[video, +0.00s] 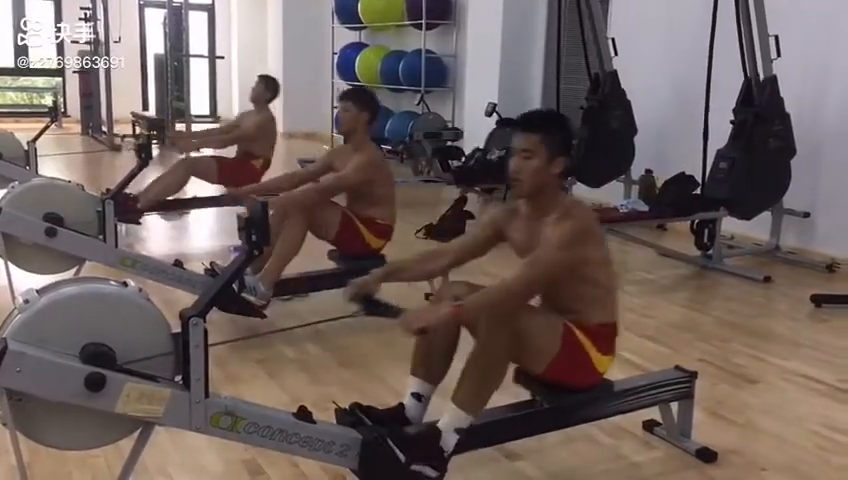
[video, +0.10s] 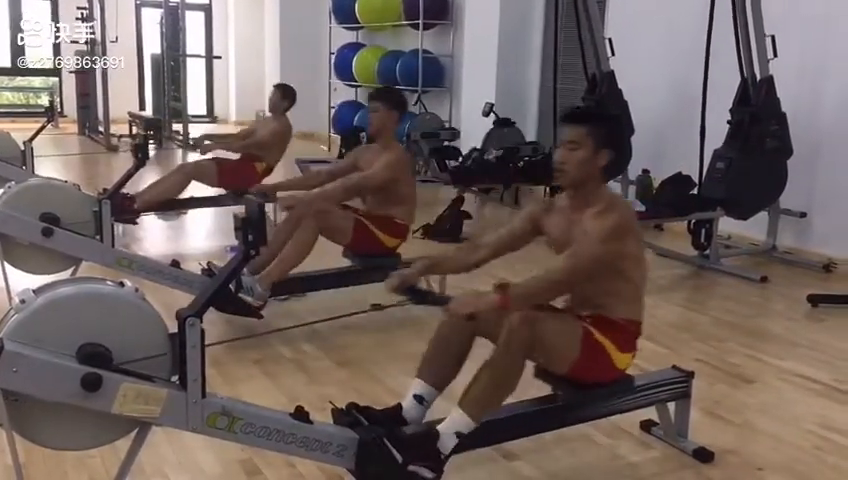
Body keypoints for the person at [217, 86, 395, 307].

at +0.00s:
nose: (338, 115)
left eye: (346, 111)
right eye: (339, 110)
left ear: (365, 117)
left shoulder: (369, 160)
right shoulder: (340, 153)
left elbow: (319, 192)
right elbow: (297, 178)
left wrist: (269, 204)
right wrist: (246, 191)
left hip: (370, 234)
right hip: (354, 225)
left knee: (302, 210)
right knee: (286, 204)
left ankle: (264, 285)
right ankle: (250, 273)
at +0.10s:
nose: (369, 117)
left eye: (376, 111)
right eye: (370, 111)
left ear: (395, 117)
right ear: (370, 114)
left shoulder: (395, 159)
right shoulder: (364, 152)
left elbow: (350, 188)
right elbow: (322, 176)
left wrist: (301, 202)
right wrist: (275, 187)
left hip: (388, 232)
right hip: (367, 221)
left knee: (314, 218)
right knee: (302, 208)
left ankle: (262, 287)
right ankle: (249, 272)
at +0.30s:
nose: (418, 134)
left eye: (425, 129)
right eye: (418, 129)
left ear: (446, 133)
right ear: (418, 131)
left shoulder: (447, 173)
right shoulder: (414, 162)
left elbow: (405, 194)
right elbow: (370, 179)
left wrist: (352, 197)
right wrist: (328, 182)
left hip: (405, 233)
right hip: (386, 220)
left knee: (330, 237)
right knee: (316, 232)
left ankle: (257, 287)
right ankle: (240, 269)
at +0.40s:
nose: (436, 146)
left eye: (442, 141)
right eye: (435, 141)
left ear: (460, 145)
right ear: (436, 142)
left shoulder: (462, 182)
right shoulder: (428, 170)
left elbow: (445, 214)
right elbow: (401, 190)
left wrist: (397, 207)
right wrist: (368, 191)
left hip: (406, 233)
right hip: (388, 218)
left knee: (334, 244)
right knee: (321, 236)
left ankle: (253, 289)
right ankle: (238, 270)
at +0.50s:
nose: (439, 153)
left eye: (446, 149)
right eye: (438, 148)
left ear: (464, 153)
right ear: (441, 150)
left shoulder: (467, 189)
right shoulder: (433, 177)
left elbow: (466, 235)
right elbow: (411, 212)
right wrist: (393, 198)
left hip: (405, 234)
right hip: (386, 220)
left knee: (331, 244)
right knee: (318, 235)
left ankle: (251, 287)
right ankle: (234, 269)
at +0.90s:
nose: (424, 140)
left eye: (430, 136)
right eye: (424, 135)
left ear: (447, 140)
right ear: (431, 137)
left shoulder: (452, 177)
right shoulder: (424, 167)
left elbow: (459, 225)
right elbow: (409, 204)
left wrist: (425, 207)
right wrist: (386, 202)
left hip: (401, 234)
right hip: (384, 221)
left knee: (327, 247)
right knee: (315, 237)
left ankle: (247, 291)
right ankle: (232, 272)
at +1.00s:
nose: (416, 136)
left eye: (422, 131)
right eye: (416, 130)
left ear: (440, 135)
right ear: (422, 133)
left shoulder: (445, 174)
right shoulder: (415, 165)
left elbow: (444, 222)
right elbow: (397, 198)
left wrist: (409, 210)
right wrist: (375, 204)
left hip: (400, 233)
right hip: (379, 222)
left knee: (325, 248)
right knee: (311, 239)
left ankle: (245, 290)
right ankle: (227, 274)